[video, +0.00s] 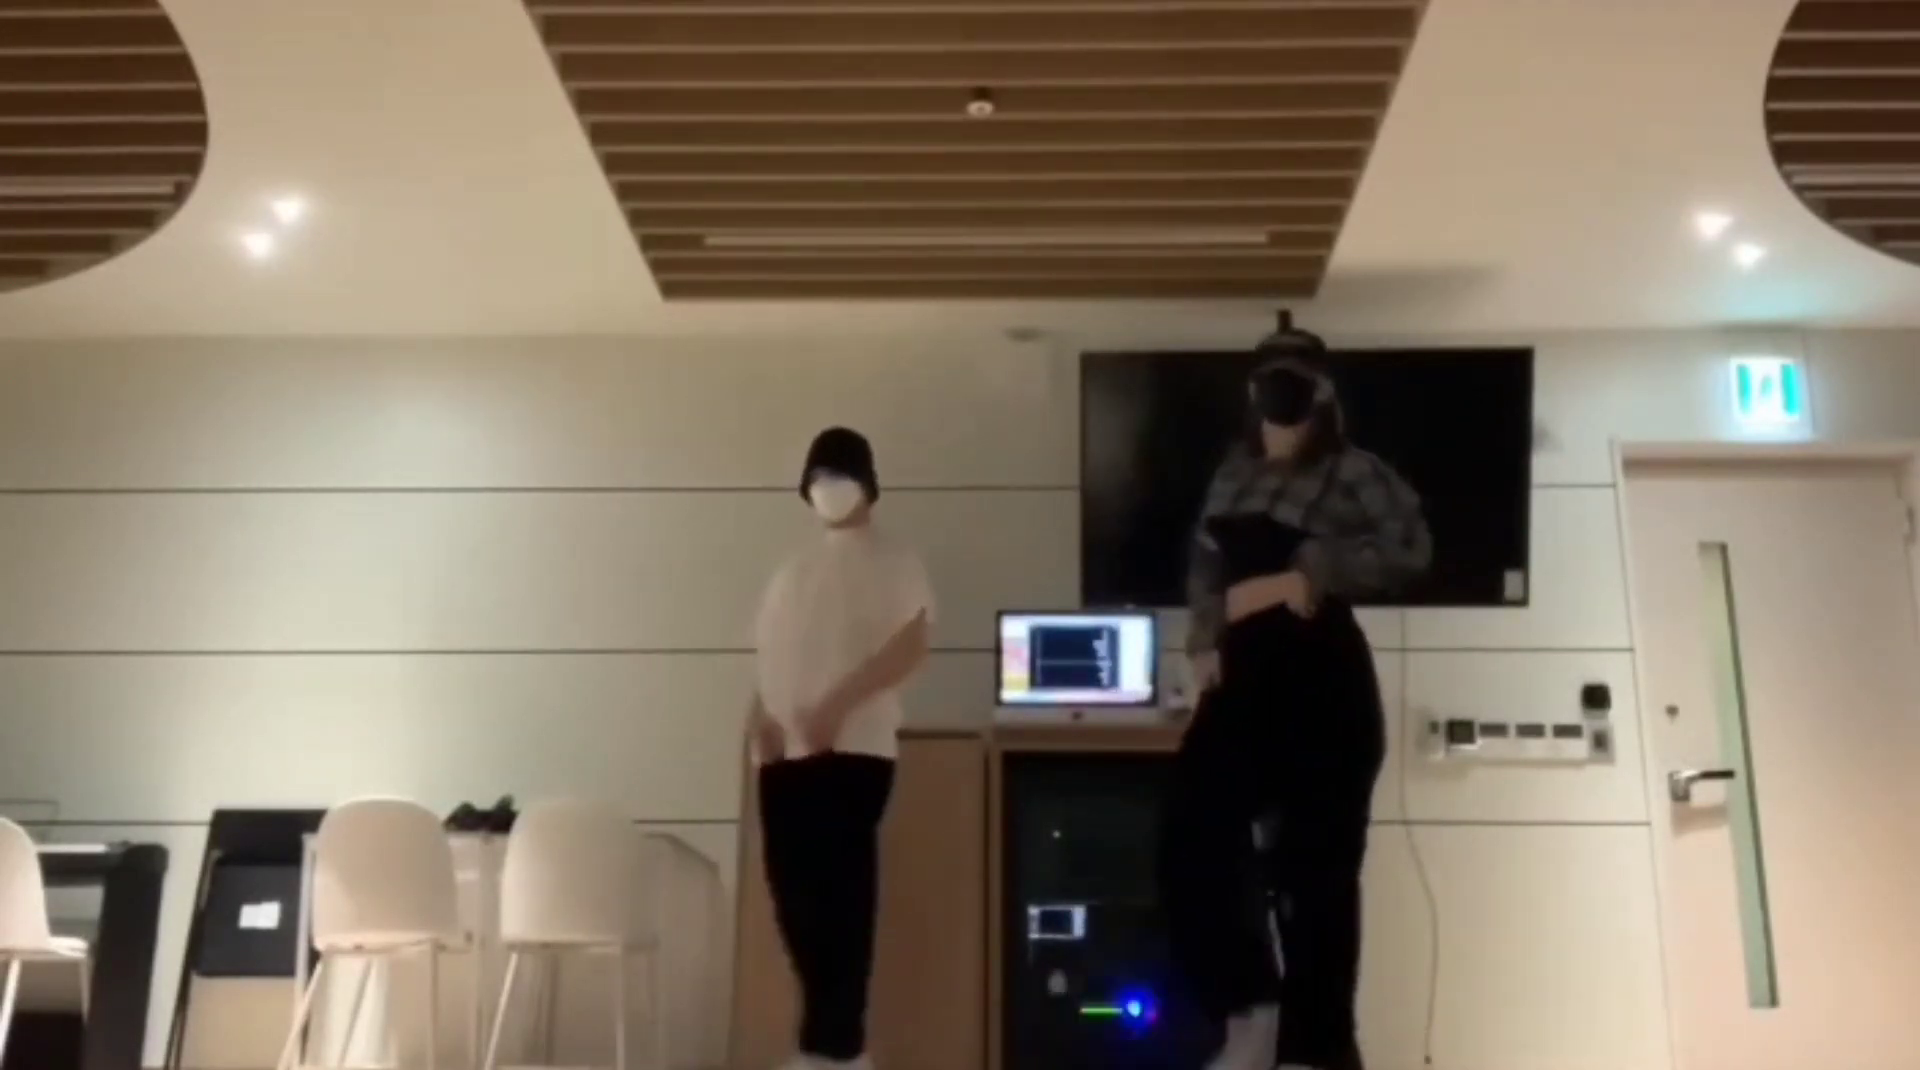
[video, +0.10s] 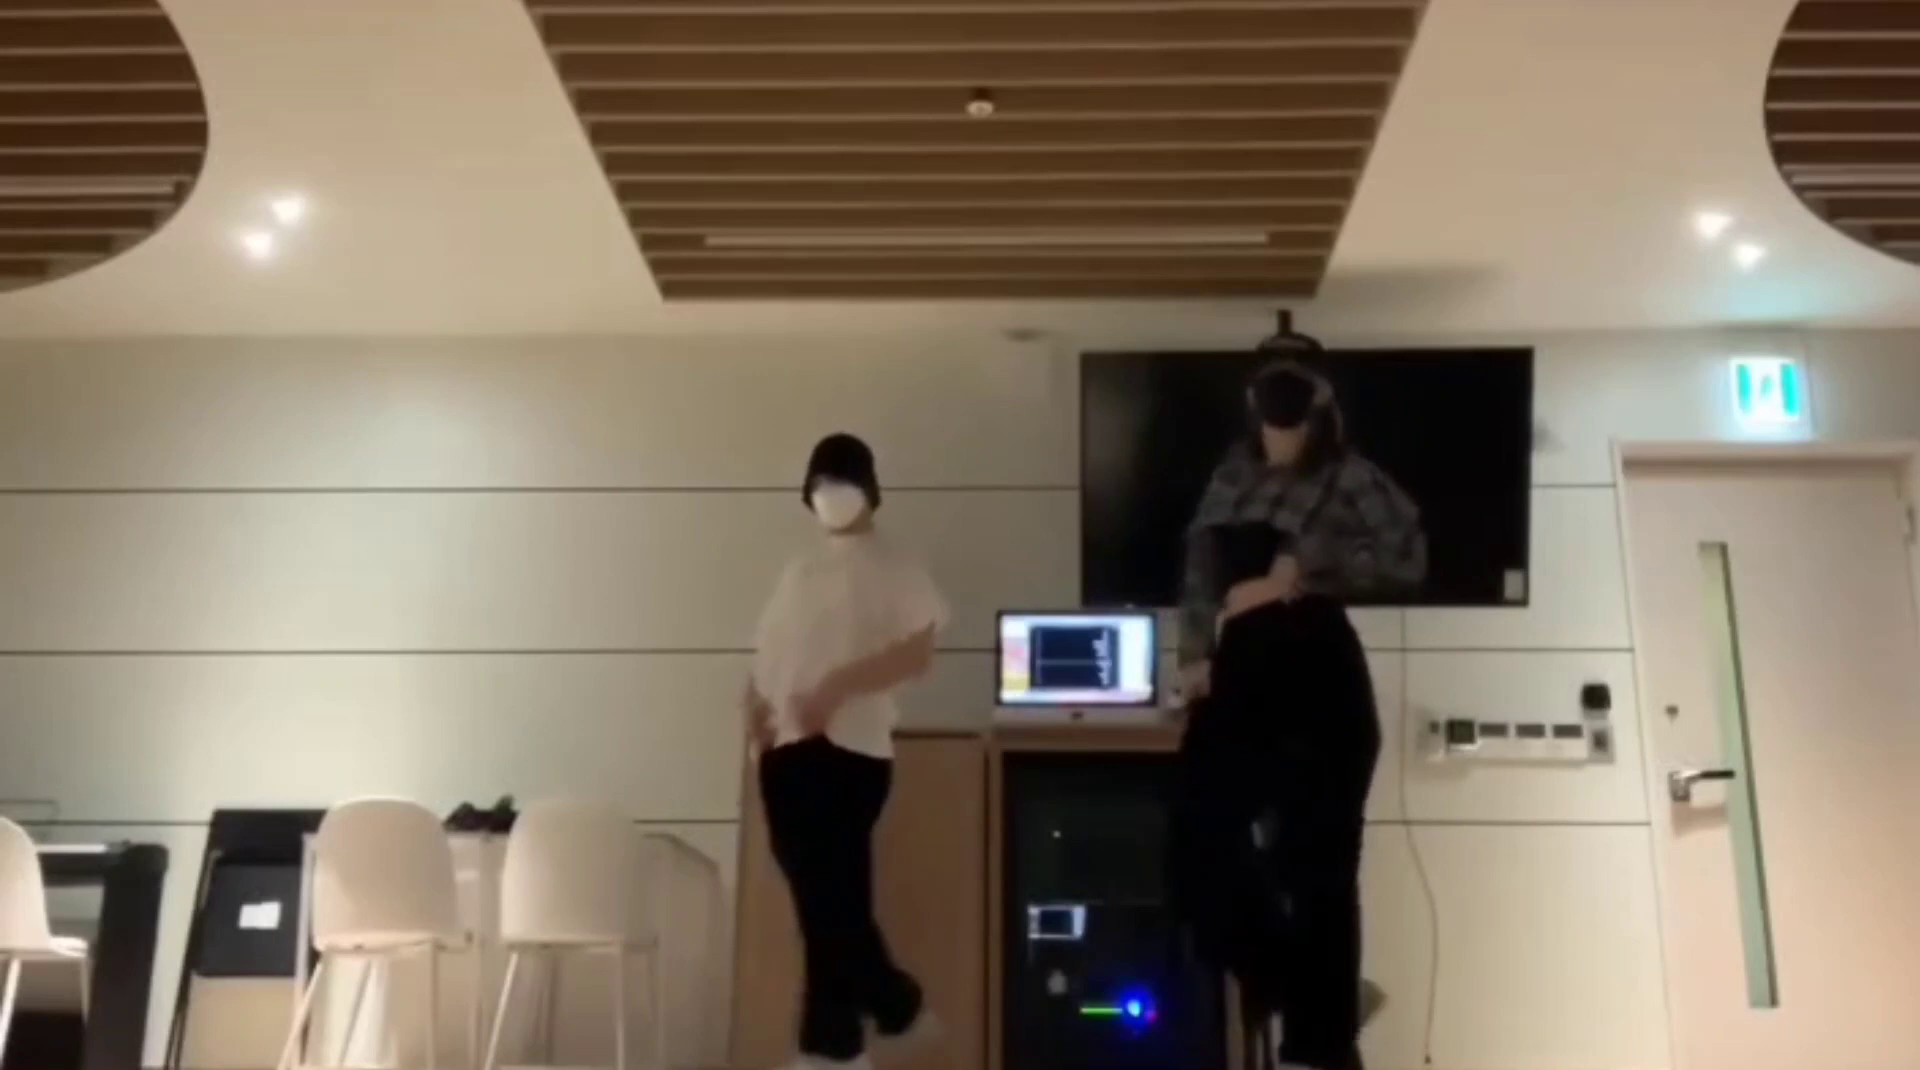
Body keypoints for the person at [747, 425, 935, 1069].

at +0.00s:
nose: (831, 488)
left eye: (844, 474)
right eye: (819, 478)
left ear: (869, 485)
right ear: (806, 490)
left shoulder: (893, 556)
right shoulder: (793, 568)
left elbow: (911, 644)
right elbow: (771, 654)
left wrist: (835, 706)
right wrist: (764, 718)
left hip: (855, 751)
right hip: (786, 755)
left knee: (840, 894)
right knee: (792, 894)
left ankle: (834, 1043)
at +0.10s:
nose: (834, 496)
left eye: (846, 482)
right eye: (821, 485)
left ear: (871, 491)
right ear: (808, 495)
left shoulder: (895, 563)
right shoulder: (800, 568)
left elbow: (916, 653)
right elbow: (769, 650)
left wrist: (830, 692)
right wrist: (758, 706)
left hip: (854, 751)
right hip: (787, 751)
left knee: (834, 903)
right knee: (825, 900)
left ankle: (832, 1045)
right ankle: (902, 1011)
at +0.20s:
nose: (834, 507)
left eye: (846, 491)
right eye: (823, 495)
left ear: (873, 497)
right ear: (810, 504)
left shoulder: (900, 570)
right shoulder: (809, 570)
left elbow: (920, 658)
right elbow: (767, 635)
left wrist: (823, 680)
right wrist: (752, 690)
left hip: (839, 753)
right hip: (788, 745)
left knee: (815, 896)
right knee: (820, 896)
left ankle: (830, 1049)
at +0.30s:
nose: (826, 511)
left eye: (836, 495)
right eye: (816, 500)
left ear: (865, 496)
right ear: (808, 508)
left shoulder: (872, 566)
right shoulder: (838, 569)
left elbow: (849, 649)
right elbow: (791, 647)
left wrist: (792, 689)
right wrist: (770, 709)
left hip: (838, 757)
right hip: (831, 755)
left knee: (705, 835)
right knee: (847, 911)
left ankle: (752, 989)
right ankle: (922, 1035)